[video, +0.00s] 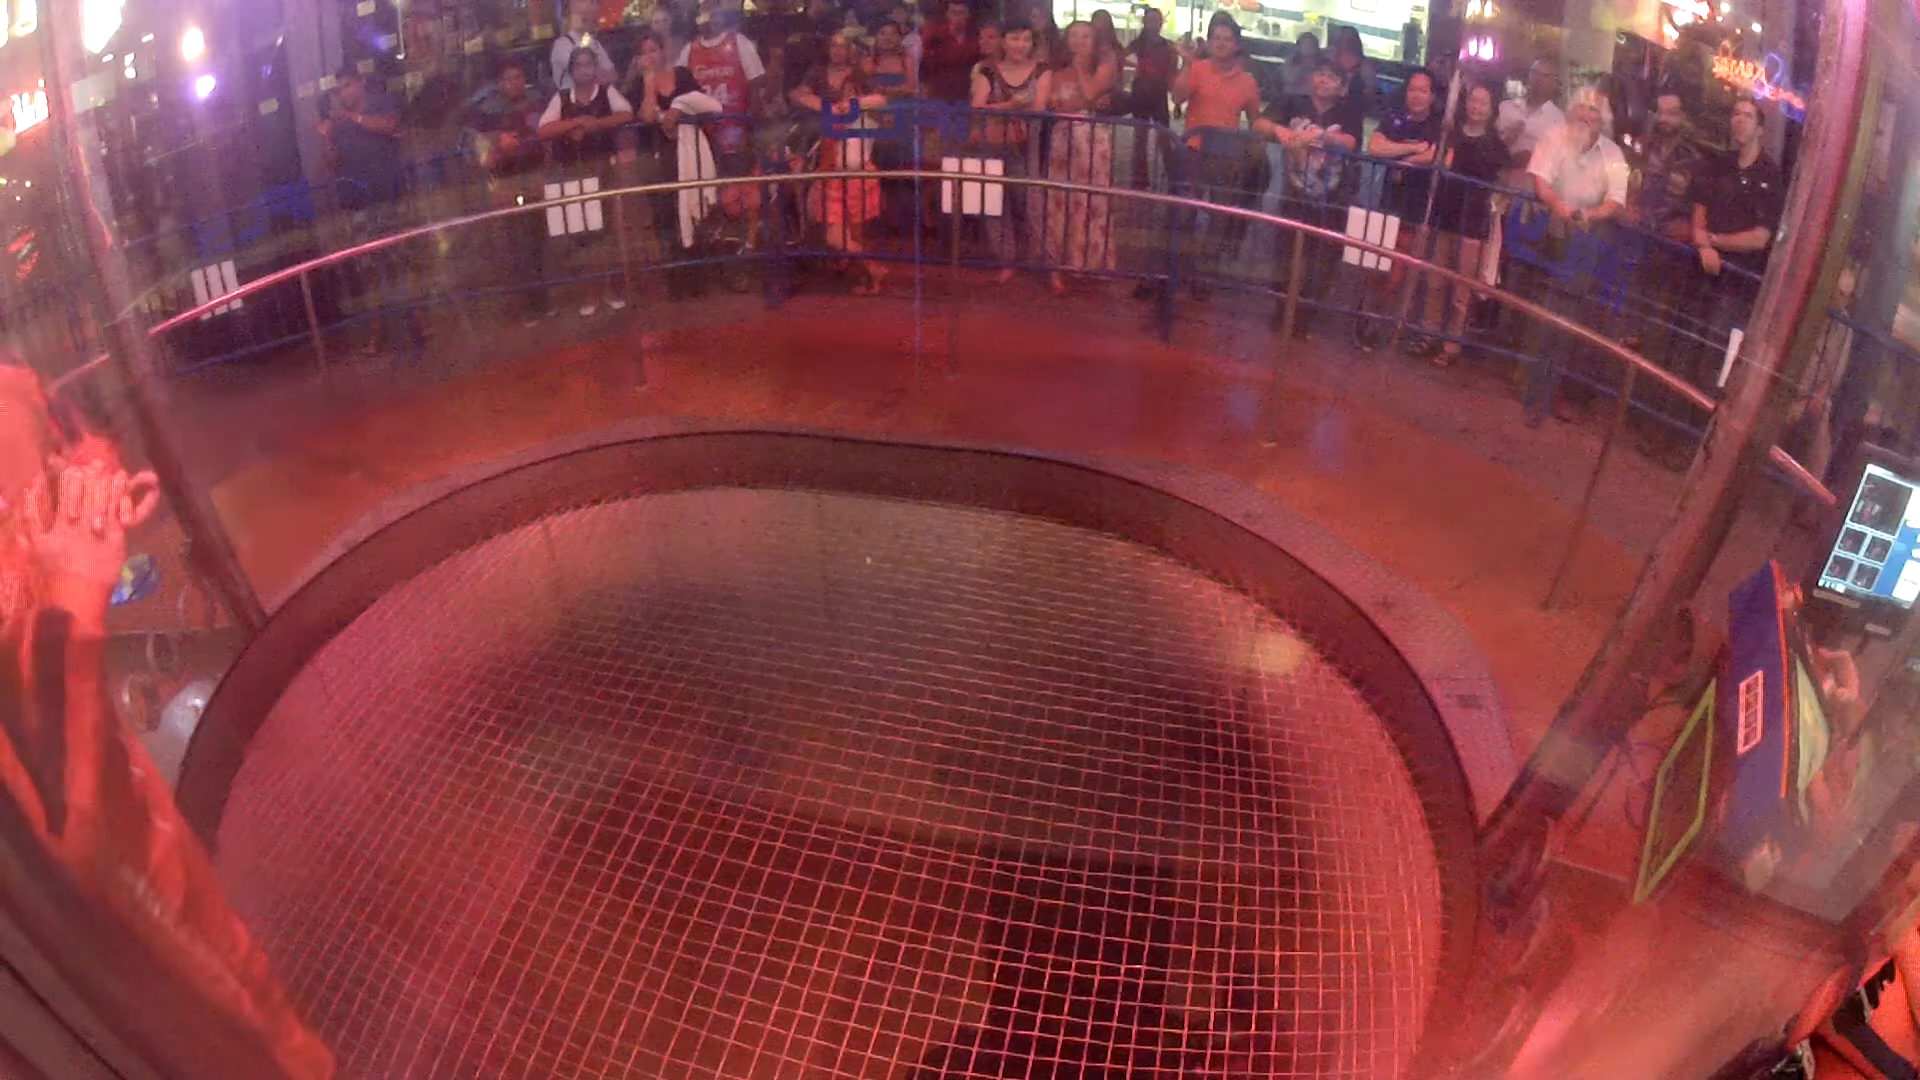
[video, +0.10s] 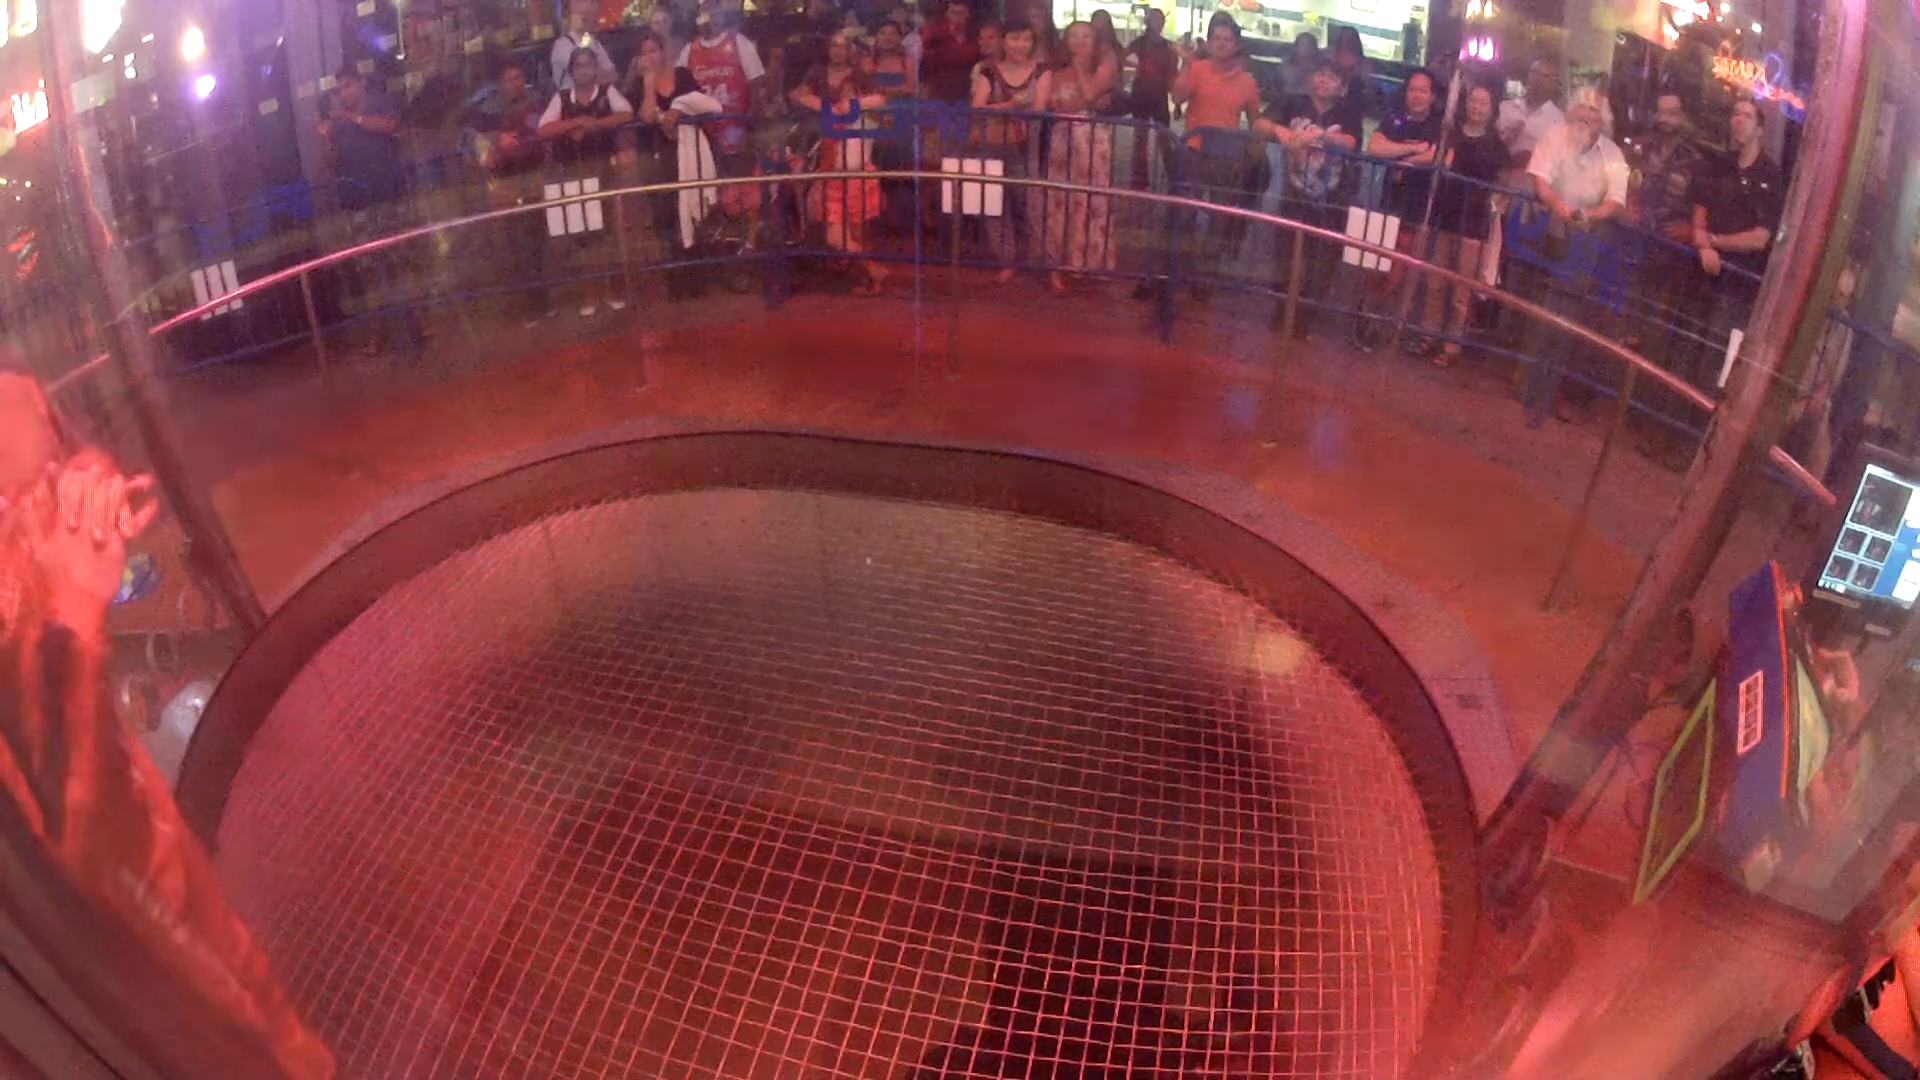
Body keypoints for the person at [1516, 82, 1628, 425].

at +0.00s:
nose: (1586, 118)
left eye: (1593, 114)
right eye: (1581, 111)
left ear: (1603, 120)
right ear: (1571, 112)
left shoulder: (1613, 153)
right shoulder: (1556, 137)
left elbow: (1616, 201)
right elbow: (1540, 181)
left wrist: (1590, 215)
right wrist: (1559, 208)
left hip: (1585, 235)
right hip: (1549, 225)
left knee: (1570, 308)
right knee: (1542, 304)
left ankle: (1550, 388)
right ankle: (1532, 388)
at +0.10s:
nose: (1585, 120)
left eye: (1593, 115)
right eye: (1581, 112)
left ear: (1603, 120)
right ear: (1570, 113)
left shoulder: (1613, 154)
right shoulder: (1556, 137)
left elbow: (1616, 201)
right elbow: (1540, 181)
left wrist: (1590, 215)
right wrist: (1559, 208)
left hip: (1586, 236)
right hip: (1549, 226)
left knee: (1570, 309)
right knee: (1541, 305)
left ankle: (1551, 389)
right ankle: (1532, 388)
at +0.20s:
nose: (1585, 120)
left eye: (1592, 116)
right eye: (1580, 113)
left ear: (1602, 120)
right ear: (1570, 113)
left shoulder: (1613, 153)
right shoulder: (1556, 137)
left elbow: (1616, 200)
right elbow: (1540, 182)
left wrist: (1590, 215)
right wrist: (1560, 209)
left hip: (1587, 236)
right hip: (1551, 227)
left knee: (1571, 309)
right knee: (1542, 306)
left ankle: (1552, 388)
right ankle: (1533, 390)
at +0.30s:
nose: (1585, 120)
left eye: (1592, 115)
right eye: (1580, 113)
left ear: (1603, 120)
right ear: (1570, 113)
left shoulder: (1613, 153)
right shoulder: (1556, 137)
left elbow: (1616, 200)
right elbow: (1540, 181)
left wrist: (1589, 215)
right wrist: (1560, 208)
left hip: (1587, 234)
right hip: (1550, 225)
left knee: (1570, 308)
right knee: (1542, 305)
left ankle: (1551, 389)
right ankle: (1533, 391)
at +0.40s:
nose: (1585, 118)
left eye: (1593, 114)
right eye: (1581, 111)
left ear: (1603, 120)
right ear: (1570, 112)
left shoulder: (1613, 154)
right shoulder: (1556, 137)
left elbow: (1616, 201)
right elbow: (1540, 181)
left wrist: (1590, 215)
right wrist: (1560, 209)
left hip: (1586, 235)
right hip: (1549, 226)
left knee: (1570, 309)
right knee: (1541, 305)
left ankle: (1550, 389)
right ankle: (1532, 389)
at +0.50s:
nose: (1585, 118)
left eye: (1593, 113)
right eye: (1581, 110)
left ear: (1603, 119)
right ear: (1570, 111)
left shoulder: (1613, 154)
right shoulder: (1555, 136)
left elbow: (1616, 201)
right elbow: (1540, 182)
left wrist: (1591, 214)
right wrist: (1559, 208)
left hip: (1586, 234)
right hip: (1548, 224)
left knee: (1569, 308)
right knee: (1540, 304)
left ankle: (1550, 388)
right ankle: (1531, 387)